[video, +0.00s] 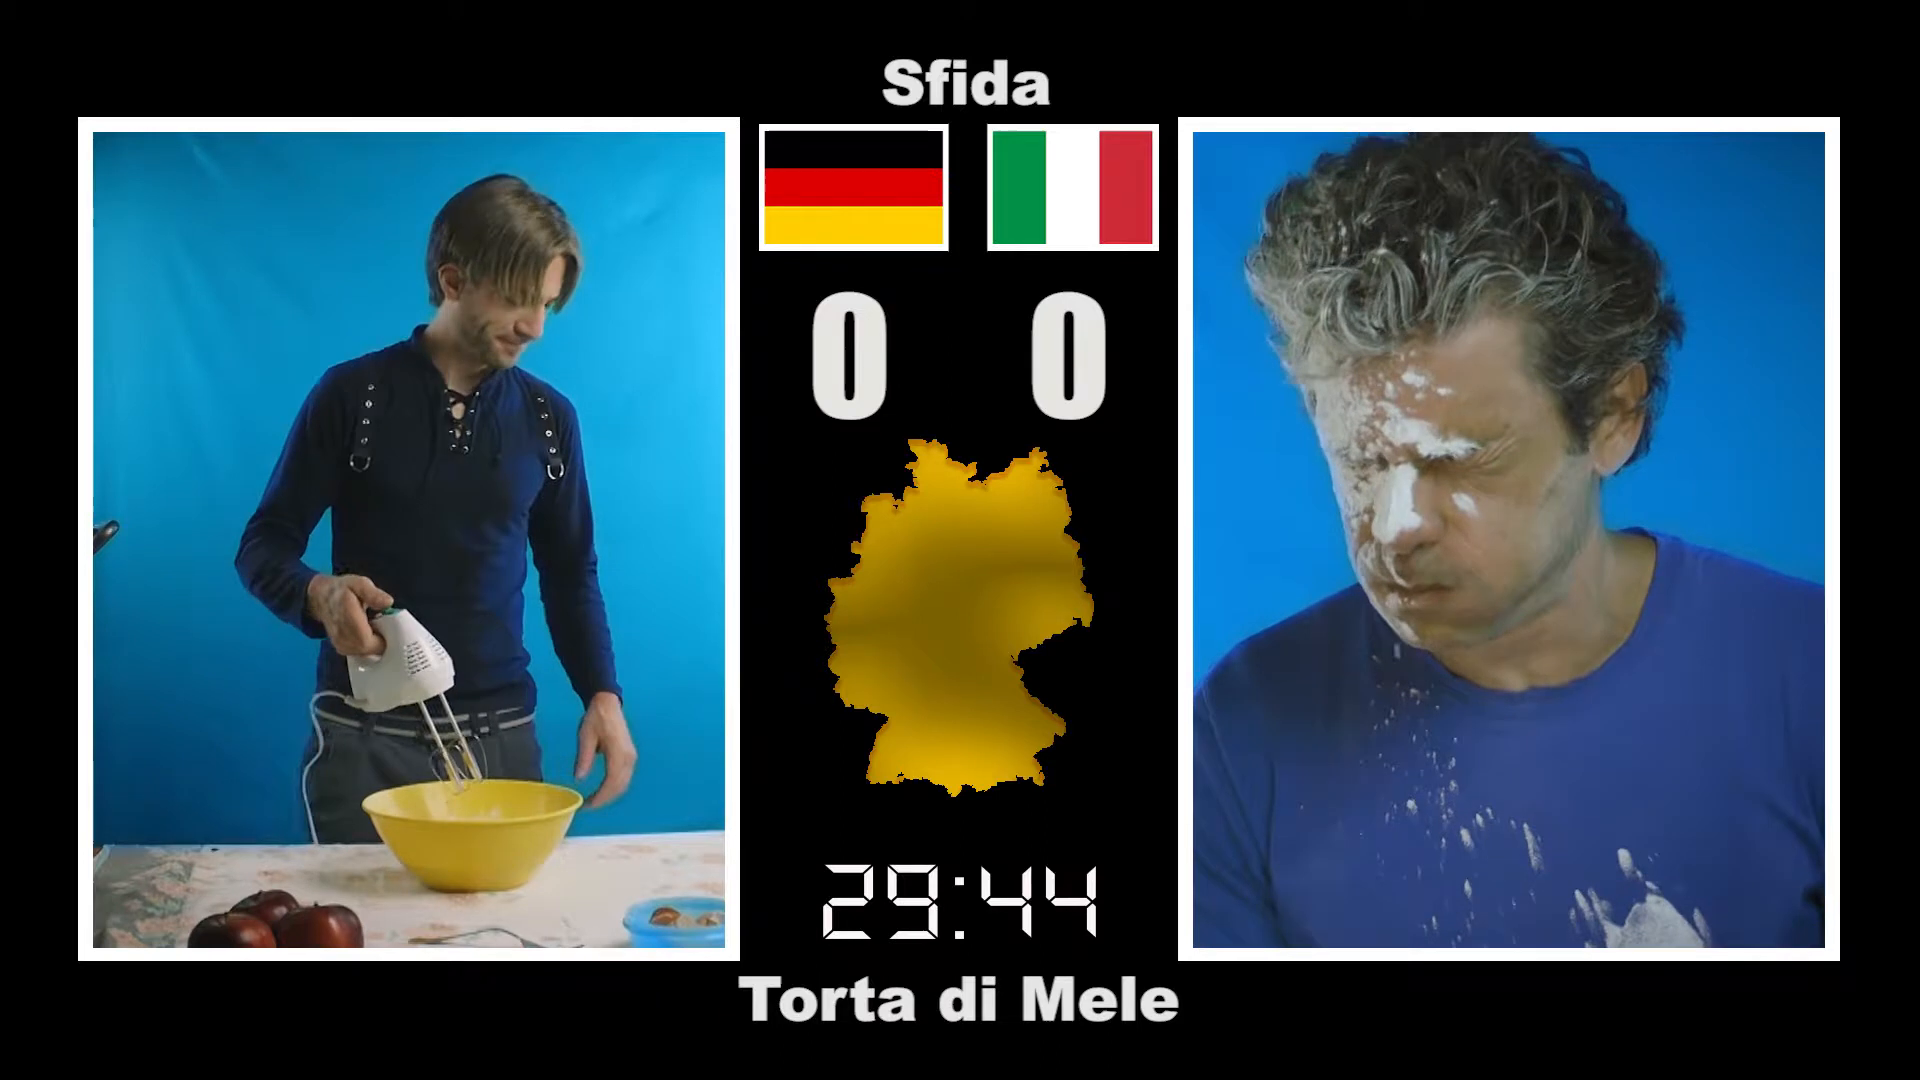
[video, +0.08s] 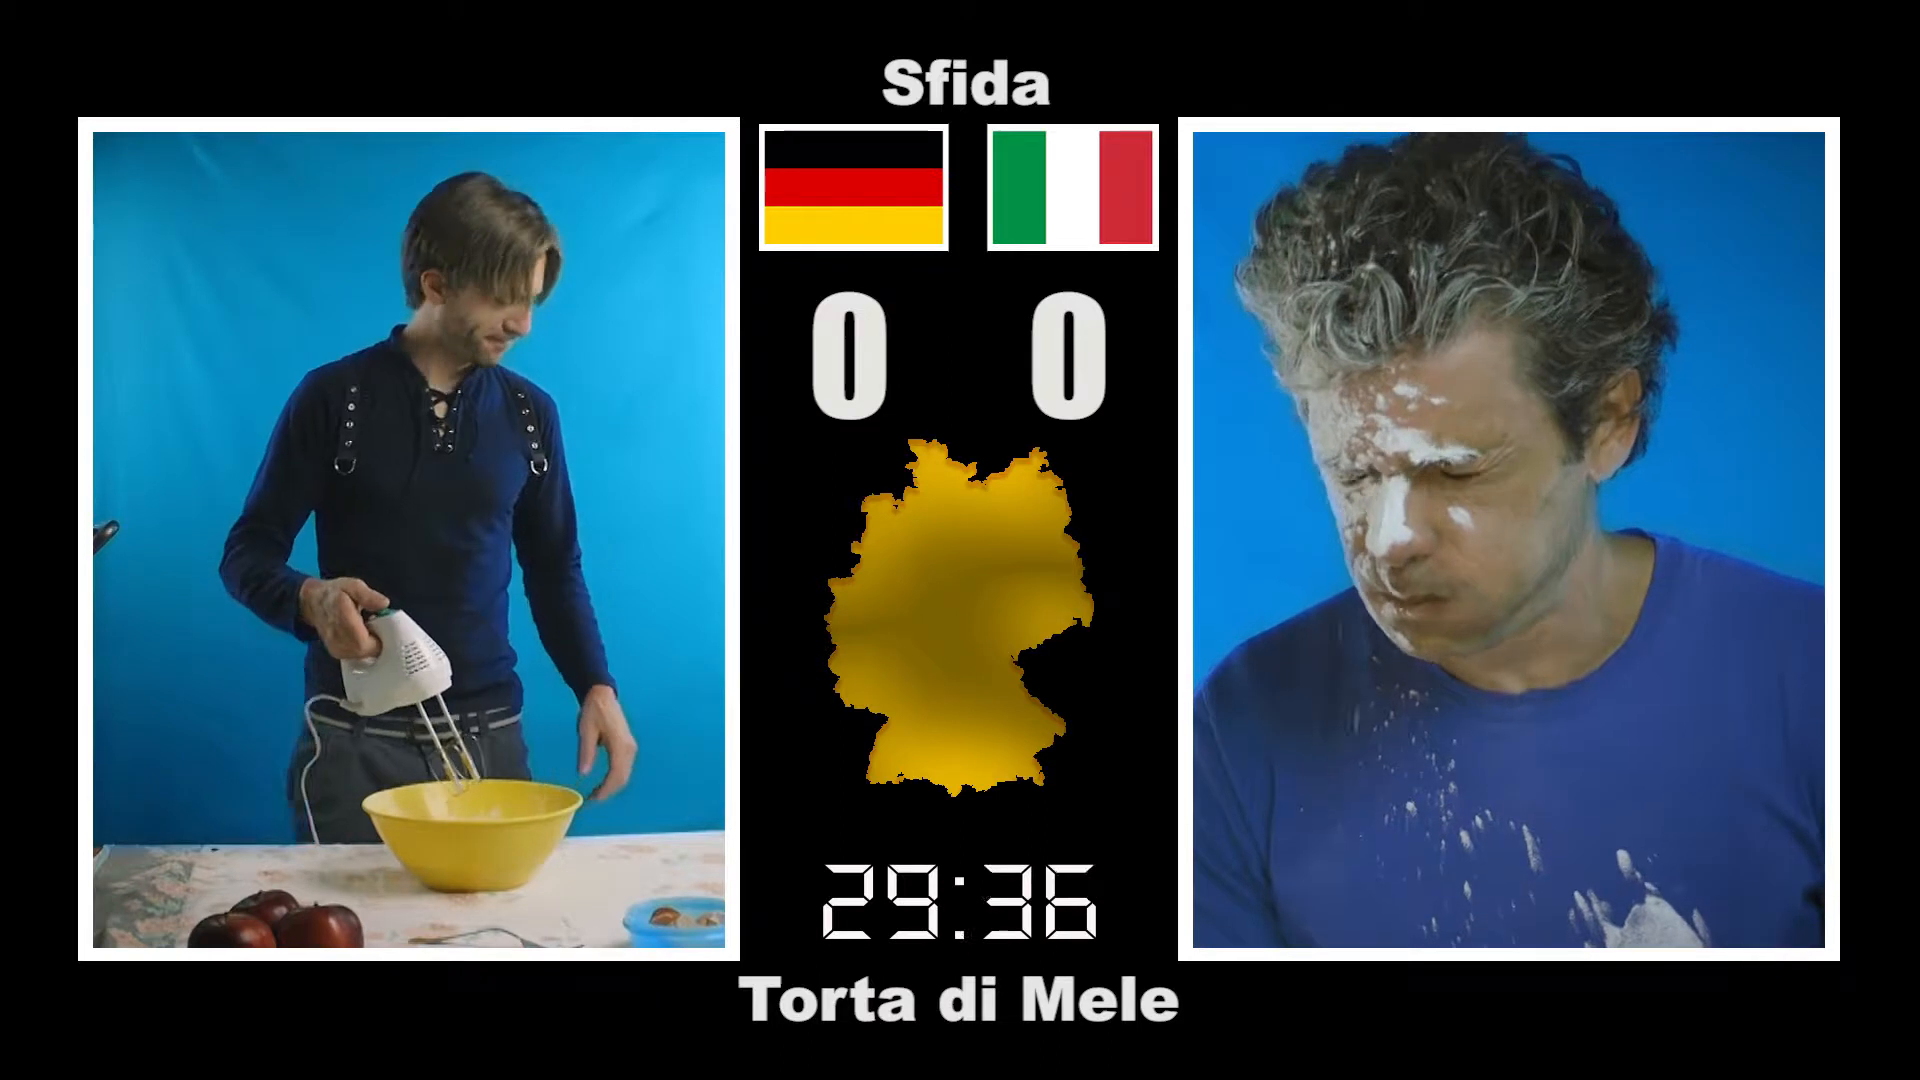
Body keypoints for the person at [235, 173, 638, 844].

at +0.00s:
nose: (532, 325)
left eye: (546, 304)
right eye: (514, 299)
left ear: (557, 298)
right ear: (450, 277)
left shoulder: (545, 419)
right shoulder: (350, 398)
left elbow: (570, 572)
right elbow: (263, 546)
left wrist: (602, 694)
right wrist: (315, 595)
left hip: (500, 738)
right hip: (368, 740)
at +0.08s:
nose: (521, 323)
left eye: (531, 302)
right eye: (503, 299)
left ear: (539, 297)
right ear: (433, 285)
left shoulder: (527, 414)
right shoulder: (332, 399)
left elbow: (554, 567)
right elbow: (248, 553)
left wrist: (596, 686)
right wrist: (307, 600)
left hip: (488, 739)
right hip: (358, 743)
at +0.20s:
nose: (487, 323)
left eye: (496, 300)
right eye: (469, 299)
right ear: (398, 286)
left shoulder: (495, 409)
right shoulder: (303, 404)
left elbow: (529, 564)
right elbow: (222, 567)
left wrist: (577, 682)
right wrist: (294, 608)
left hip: (468, 738)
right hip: (338, 743)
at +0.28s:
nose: (458, 323)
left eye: (469, 300)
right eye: (440, 298)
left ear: (478, 294)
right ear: (370, 283)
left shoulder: (475, 406)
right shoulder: (283, 408)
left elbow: (509, 562)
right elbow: (205, 577)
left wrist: (559, 689)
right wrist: (284, 615)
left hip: (457, 741)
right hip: (327, 750)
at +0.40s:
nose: (429, 325)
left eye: (439, 301)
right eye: (411, 301)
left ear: (448, 292)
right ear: (340, 284)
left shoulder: (444, 402)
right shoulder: (257, 413)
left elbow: (476, 560)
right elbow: (185, 589)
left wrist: (520, 700)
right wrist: (273, 621)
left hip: (443, 743)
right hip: (313, 754)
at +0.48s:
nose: (370, 346)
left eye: (387, 324)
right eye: (352, 323)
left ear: (405, 308)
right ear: (309, 295)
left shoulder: (435, 416)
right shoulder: (241, 410)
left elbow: (488, 562)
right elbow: (204, 577)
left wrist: (483, 696)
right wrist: (293, 650)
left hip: (419, 730)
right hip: (285, 733)